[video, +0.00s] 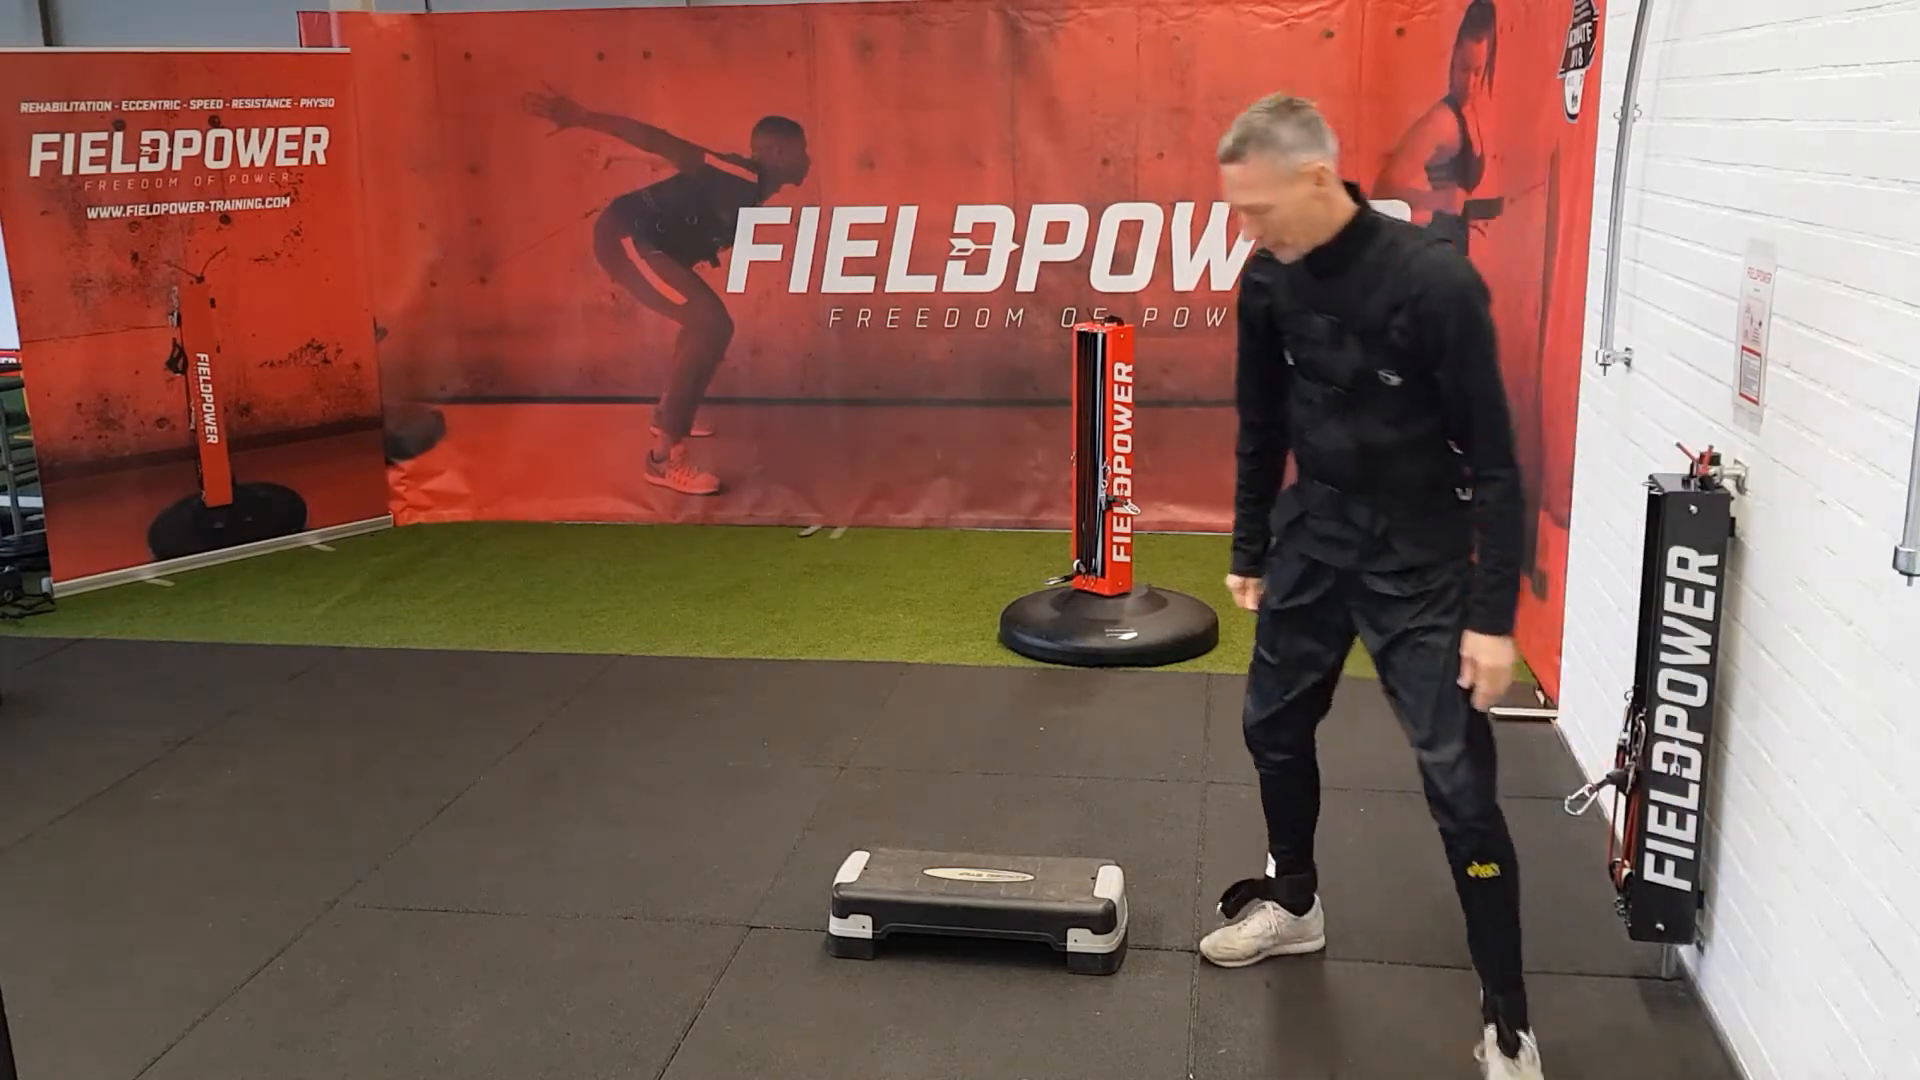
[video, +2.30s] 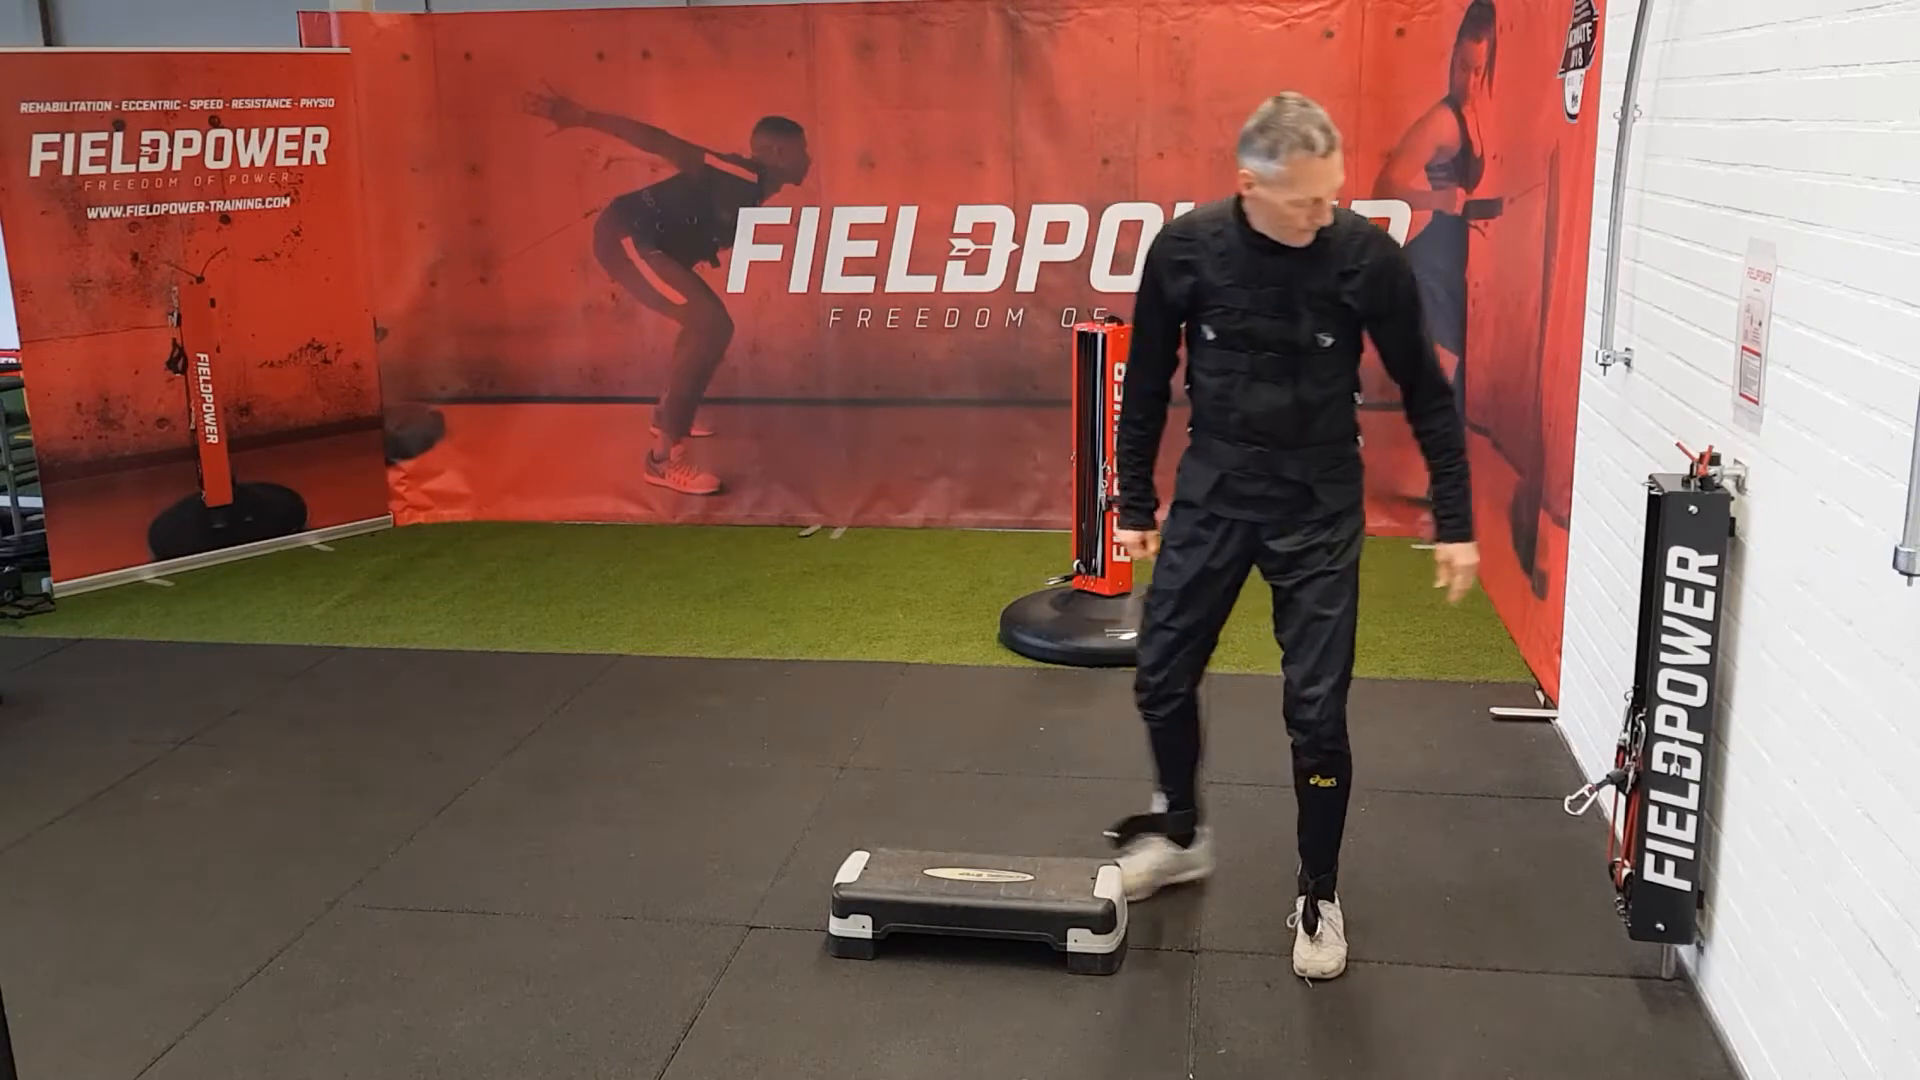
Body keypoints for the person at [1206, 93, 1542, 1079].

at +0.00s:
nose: (1247, 232)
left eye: (1259, 211)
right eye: (1238, 211)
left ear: (1322, 180)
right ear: (1251, 192)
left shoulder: (1434, 282)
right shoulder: (1269, 277)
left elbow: (1497, 461)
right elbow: (1259, 424)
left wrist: (1492, 619)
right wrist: (1250, 548)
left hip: (1423, 558)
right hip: (1311, 544)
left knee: (1459, 786)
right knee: (1274, 726)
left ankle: (1508, 1027)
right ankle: (1292, 900)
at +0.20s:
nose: (1186, 217)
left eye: (1196, 195)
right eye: (1176, 198)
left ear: (1254, 165)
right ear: (1206, 180)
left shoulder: (1367, 254)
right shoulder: (1219, 270)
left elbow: (1432, 422)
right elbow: (1216, 415)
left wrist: (1417, 572)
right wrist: (1200, 536)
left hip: (1385, 530)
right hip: (1288, 525)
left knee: (1387, 752)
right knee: (1280, 727)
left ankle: (1420, 972)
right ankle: (1292, 901)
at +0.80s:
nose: (1105, 219)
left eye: (1111, 198)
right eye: (1095, 202)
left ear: (1164, 165)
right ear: (1138, 177)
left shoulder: (1269, 264)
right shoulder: (1163, 262)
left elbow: (1316, 438)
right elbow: (1196, 407)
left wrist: (1298, 590)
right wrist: (1180, 522)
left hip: (1272, 531)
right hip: (1193, 520)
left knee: (1281, 741)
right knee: (1143, 677)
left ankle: (1327, 924)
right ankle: (1158, 843)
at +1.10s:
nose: (1003, 235)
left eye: (1008, 216)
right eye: (993, 221)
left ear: (1057, 182)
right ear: (1022, 199)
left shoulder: (1159, 258)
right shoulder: (1049, 272)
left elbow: (1223, 424)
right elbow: (1071, 413)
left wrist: (1214, 564)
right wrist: (1071, 526)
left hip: (1189, 518)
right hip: (1107, 519)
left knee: (1237, 717)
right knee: (1072, 679)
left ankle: (1313, 913)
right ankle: (1078, 842)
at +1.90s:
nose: (1127, 197)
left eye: (1138, 175)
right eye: (1106, 182)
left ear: (1156, 157)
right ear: (1070, 173)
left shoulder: (1212, 252)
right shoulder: (1043, 257)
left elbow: (1266, 396)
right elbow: (1020, 390)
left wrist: (1271, 523)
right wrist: (1011, 503)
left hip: (1196, 501)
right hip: (1096, 497)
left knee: (1244, 704)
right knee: (1062, 680)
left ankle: (1306, 888)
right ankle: (1076, 841)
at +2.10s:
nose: (1249, 207)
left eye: (1255, 189)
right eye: (1229, 195)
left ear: (1261, 172)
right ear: (1173, 183)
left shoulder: (1298, 263)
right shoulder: (1124, 257)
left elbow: (1350, 404)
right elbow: (1089, 388)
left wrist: (1364, 534)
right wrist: (1079, 511)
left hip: (1266, 508)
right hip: (1160, 503)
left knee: (1283, 708)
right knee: (1107, 680)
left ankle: (1315, 894)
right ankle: (1076, 833)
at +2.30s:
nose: (1320, 216)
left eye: (1329, 198)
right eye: (1302, 201)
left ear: (1337, 178)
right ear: (1249, 183)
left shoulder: (1365, 259)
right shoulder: (1186, 249)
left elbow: (1426, 391)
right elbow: (1146, 381)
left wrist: (1454, 524)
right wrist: (1134, 501)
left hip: (1319, 509)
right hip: (1211, 499)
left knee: (1316, 711)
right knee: (1160, 679)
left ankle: (1319, 899)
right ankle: (1179, 832)